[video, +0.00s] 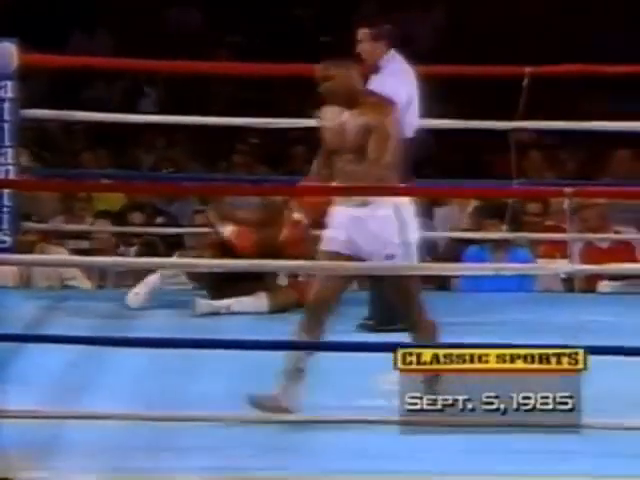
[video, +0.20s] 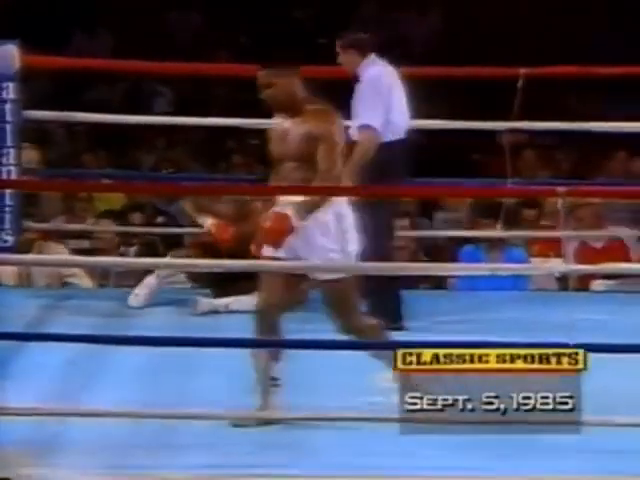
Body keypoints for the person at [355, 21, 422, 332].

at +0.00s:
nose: (358, 49)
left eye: (363, 42)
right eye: (358, 42)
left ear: (382, 43)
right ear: (377, 43)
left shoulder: (388, 80)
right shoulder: (394, 68)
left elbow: (373, 121)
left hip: (395, 148)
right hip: (401, 143)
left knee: (383, 225)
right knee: (382, 225)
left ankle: (387, 310)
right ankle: (385, 307)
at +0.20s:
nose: (340, 62)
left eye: (342, 55)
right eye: (339, 56)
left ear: (353, 53)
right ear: (362, 50)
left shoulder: (371, 79)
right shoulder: (385, 71)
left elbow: (370, 134)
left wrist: (349, 172)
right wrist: (352, 132)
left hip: (381, 150)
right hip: (394, 145)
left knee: (375, 232)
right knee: (380, 230)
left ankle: (385, 309)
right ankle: (384, 304)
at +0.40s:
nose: (317, 74)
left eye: (318, 67)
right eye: (316, 68)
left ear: (328, 64)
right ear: (340, 60)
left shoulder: (344, 85)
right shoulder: (369, 74)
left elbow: (349, 143)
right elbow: (382, 121)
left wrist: (331, 176)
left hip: (369, 154)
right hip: (388, 148)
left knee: (361, 231)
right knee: (361, 226)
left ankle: (382, 310)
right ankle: (354, 295)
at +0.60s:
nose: (293, 96)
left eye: (294, 89)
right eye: (292, 89)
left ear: (305, 87)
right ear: (317, 83)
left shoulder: (325, 104)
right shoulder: (345, 95)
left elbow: (323, 164)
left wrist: (293, 164)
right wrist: (299, 159)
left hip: (357, 167)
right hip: (376, 161)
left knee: (332, 236)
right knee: (341, 231)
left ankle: (364, 294)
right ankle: (339, 294)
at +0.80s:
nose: (287, 117)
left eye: (287, 110)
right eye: (285, 111)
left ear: (299, 105)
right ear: (307, 102)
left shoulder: (316, 123)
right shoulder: (339, 110)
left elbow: (314, 177)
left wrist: (282, 171)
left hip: (355, 180)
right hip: (378, 174)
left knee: (324, 242)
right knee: (336, 239)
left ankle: (319, 310)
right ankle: (342, 297)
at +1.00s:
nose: (293, 123)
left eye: (292, 117)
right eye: (290, 117)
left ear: (301, 111)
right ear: (312, 105)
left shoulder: (320, 125)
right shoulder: (342, 112)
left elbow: (314, 178)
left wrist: (284, 172)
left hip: (363, 182)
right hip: (383, 174)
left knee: (329, 240)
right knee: (347, 235)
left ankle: (333, 308)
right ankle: (359, 289)